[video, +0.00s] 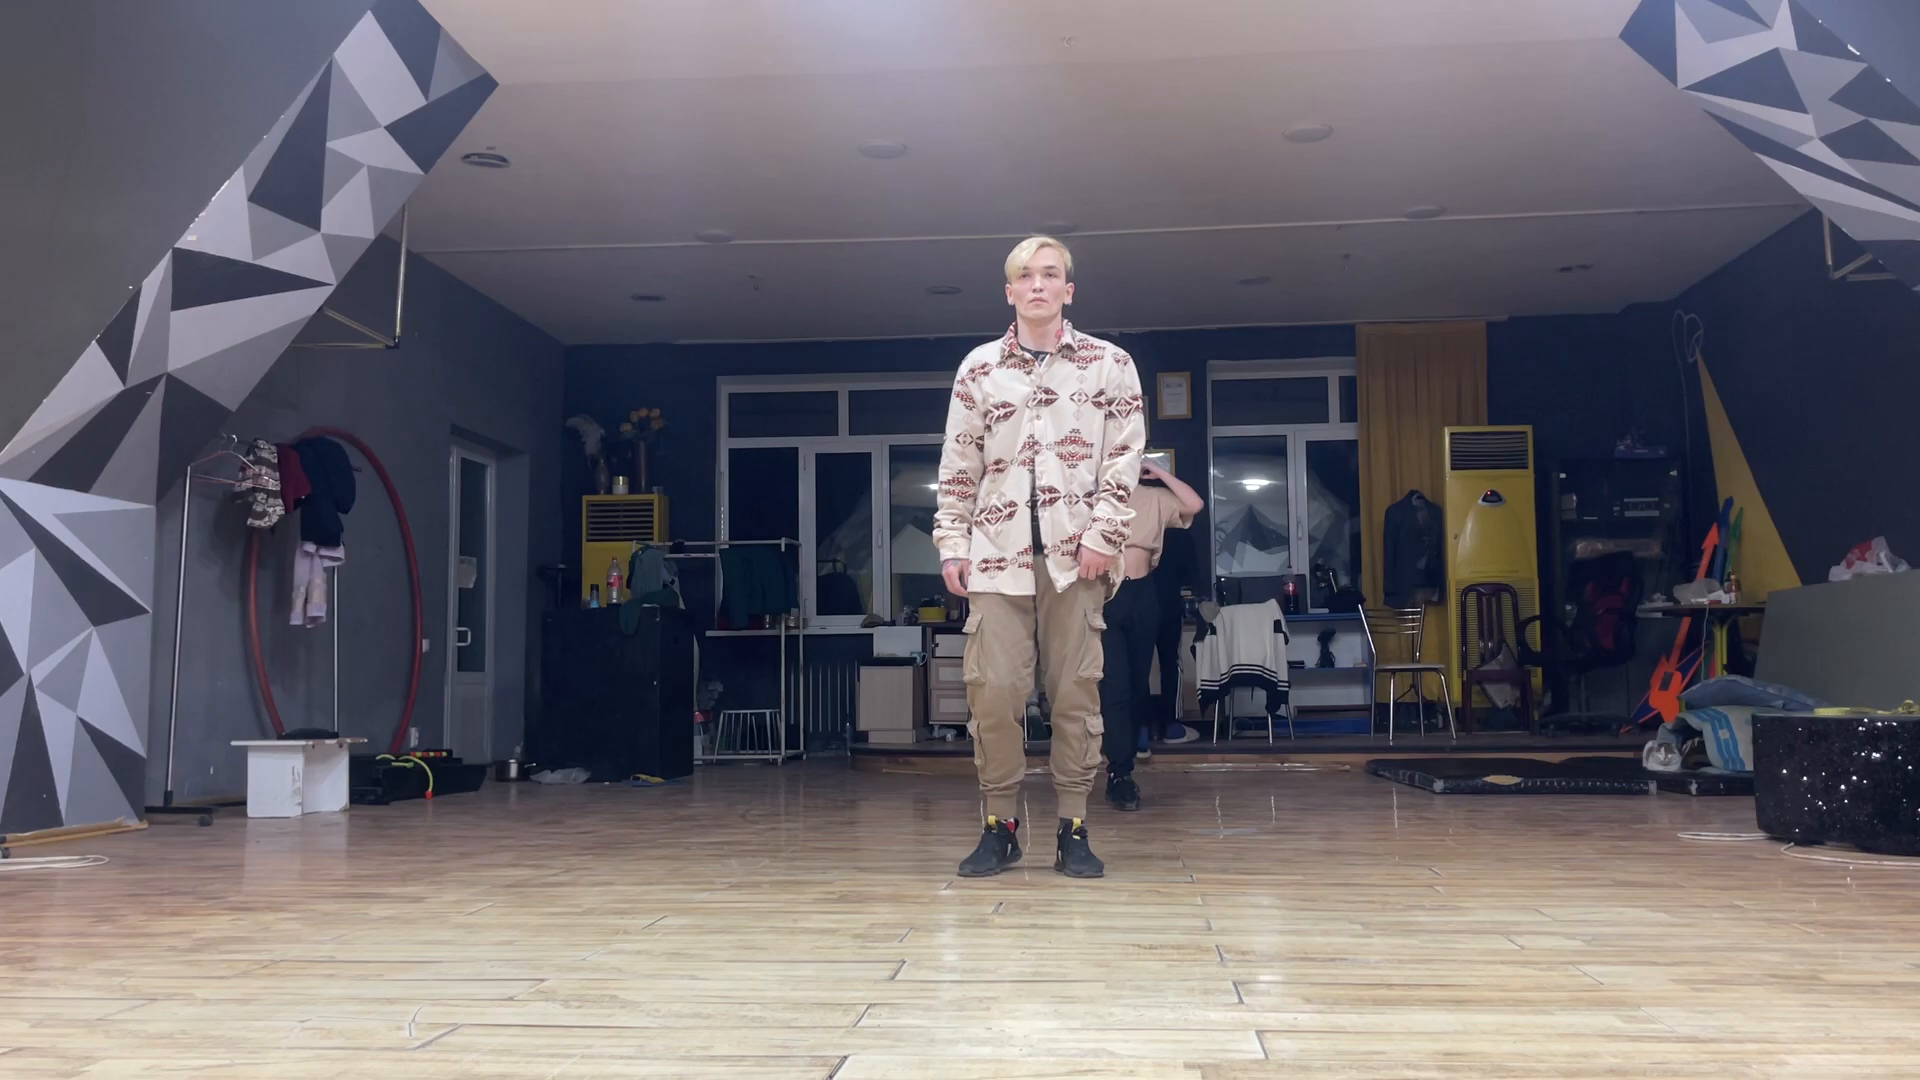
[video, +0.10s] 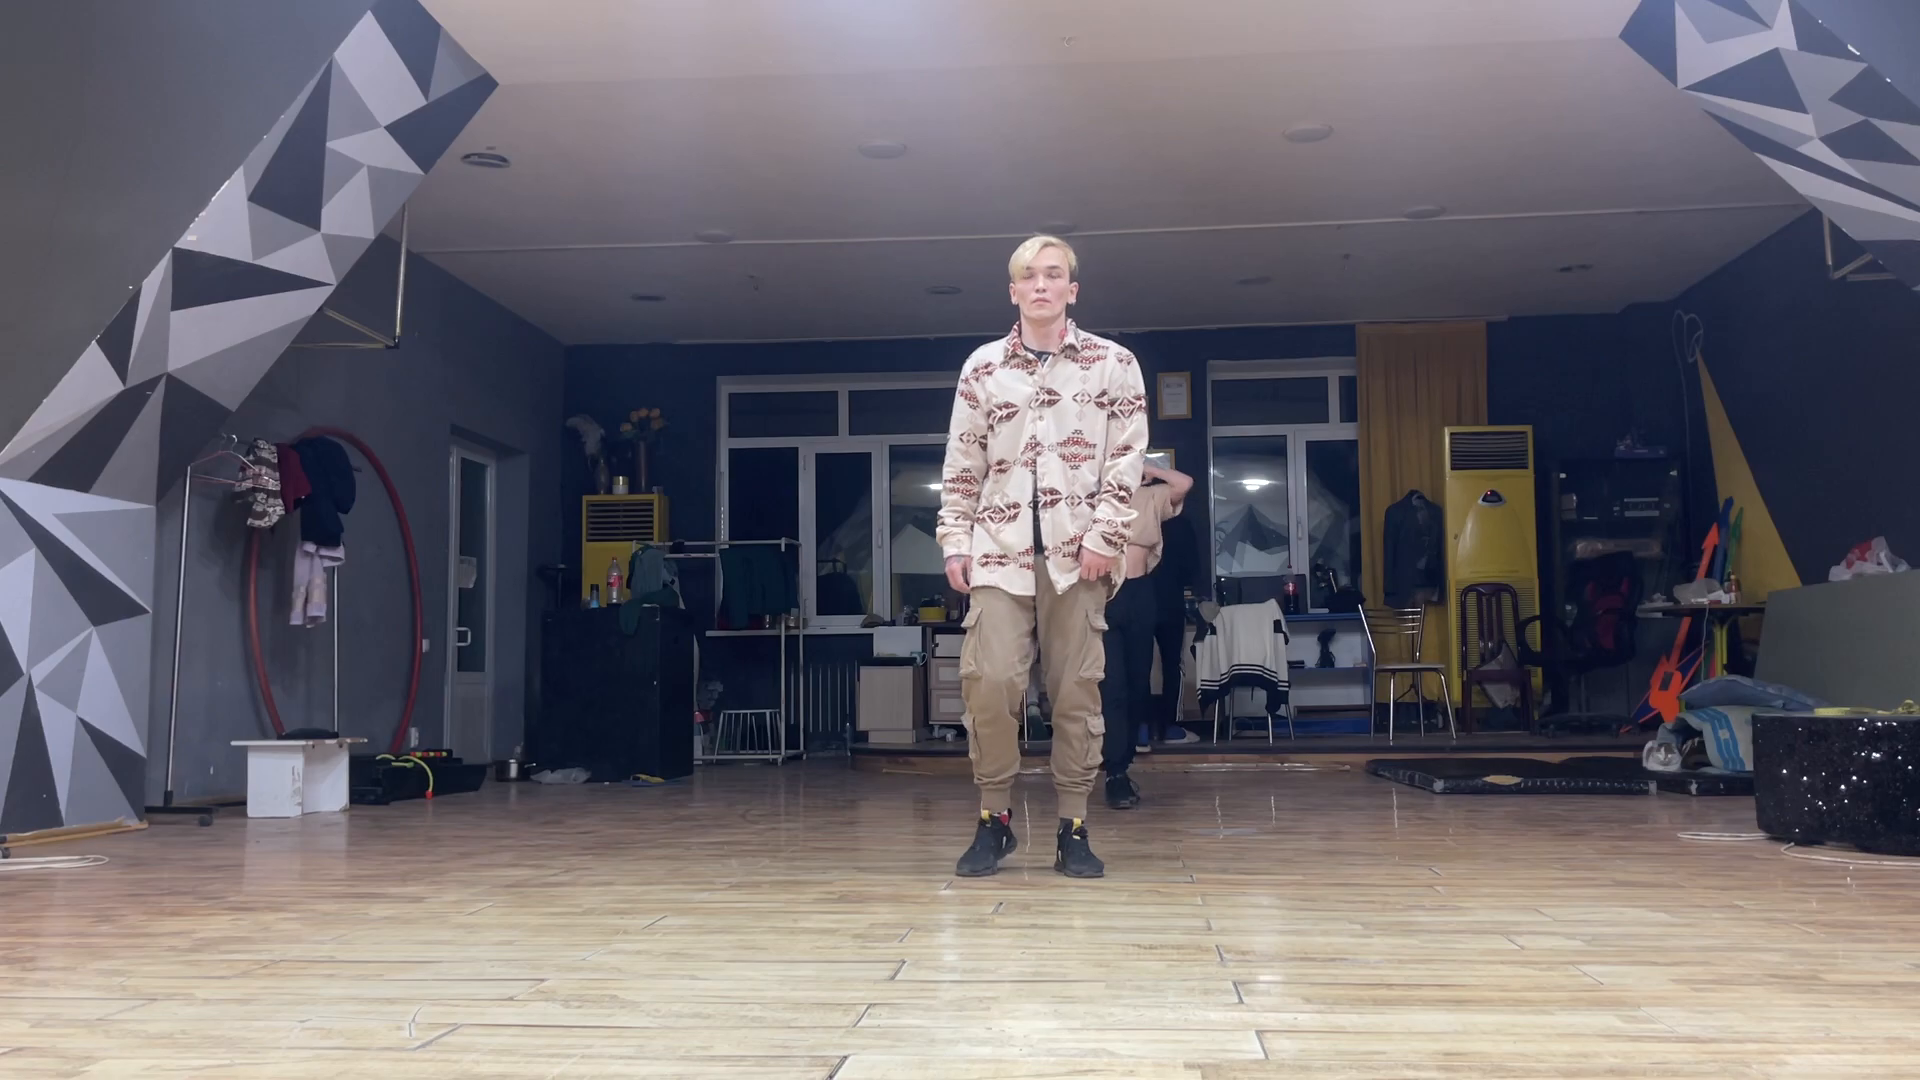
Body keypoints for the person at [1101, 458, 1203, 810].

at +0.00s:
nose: (1126, 466)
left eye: (1130, 462)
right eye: (1119, 461)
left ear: (1135, 469)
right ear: (1102, 464)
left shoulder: (1152, 497)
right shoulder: (1090, 496)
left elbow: (1194, 505)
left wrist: (1159, 472)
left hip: (1140, 593)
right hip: (1100, 595)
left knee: (1133, 680)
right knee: (1116, 683)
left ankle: (1120, 769)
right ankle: (1119, 771)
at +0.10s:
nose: (1125, 468)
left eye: (1129, 465)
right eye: (1117, 464)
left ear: (1137, 471)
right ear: (1101, 468)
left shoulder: (1148, 496)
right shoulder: (1089, 495)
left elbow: (1185, 483)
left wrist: (1150, 468)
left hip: (1138, 590)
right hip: (1101, 592)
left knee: (1136, 678)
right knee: (1112, 682)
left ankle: (1121, 765)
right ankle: (1115, 772)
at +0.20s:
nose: (1121, 469)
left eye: (1125, 464)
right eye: (1114, 464)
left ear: (1133, 469)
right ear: (1099, 466)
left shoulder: (1144, 496)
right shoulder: (1087, 495)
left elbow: (1175, 473)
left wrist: (1139, 466)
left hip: (1137, 588)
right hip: (1099, 589)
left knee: (1136, 681)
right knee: (1107, 683)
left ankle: (1121, 769)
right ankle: (1103, 771)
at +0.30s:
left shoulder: (1139, 496)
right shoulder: (1082, 495)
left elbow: (1166, 468)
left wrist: (1126, 468)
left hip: (1131, 586)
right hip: (1091, 587)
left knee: (1130, 681)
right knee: (1095, 682)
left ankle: (1120, 772)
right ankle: (1089, 772)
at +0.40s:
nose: (1108, 462)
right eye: (1102, 457)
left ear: (1120, 465)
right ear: (1086, 463)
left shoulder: (1134, 495)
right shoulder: (1075, 495)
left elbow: (1162, 465)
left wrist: (1123, 469)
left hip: (1127, 586)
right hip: (1088, 588)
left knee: (1125, 682)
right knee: (1089, 682)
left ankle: (1120, 771)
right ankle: (1076, 776)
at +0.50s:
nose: (1103, 465)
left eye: (1106, 460)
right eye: (1095, 460)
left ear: (1114, 467)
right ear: (1079, 465)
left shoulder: (1128, 497)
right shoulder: (1070, 496)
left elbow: (1155, 462)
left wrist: (1117, 471)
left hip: (1123, 587)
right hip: (1084, 589)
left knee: (1121, 685)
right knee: (1082, 682)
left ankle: (1119, 771)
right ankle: (1073, 776)